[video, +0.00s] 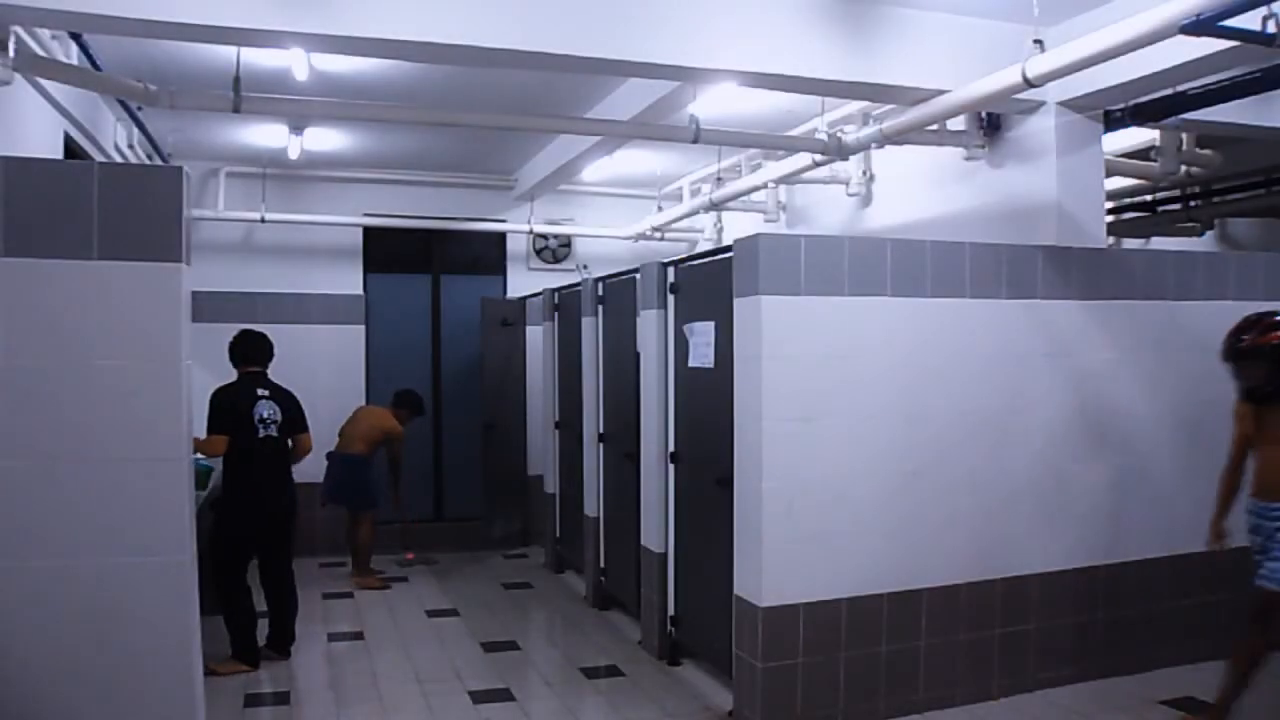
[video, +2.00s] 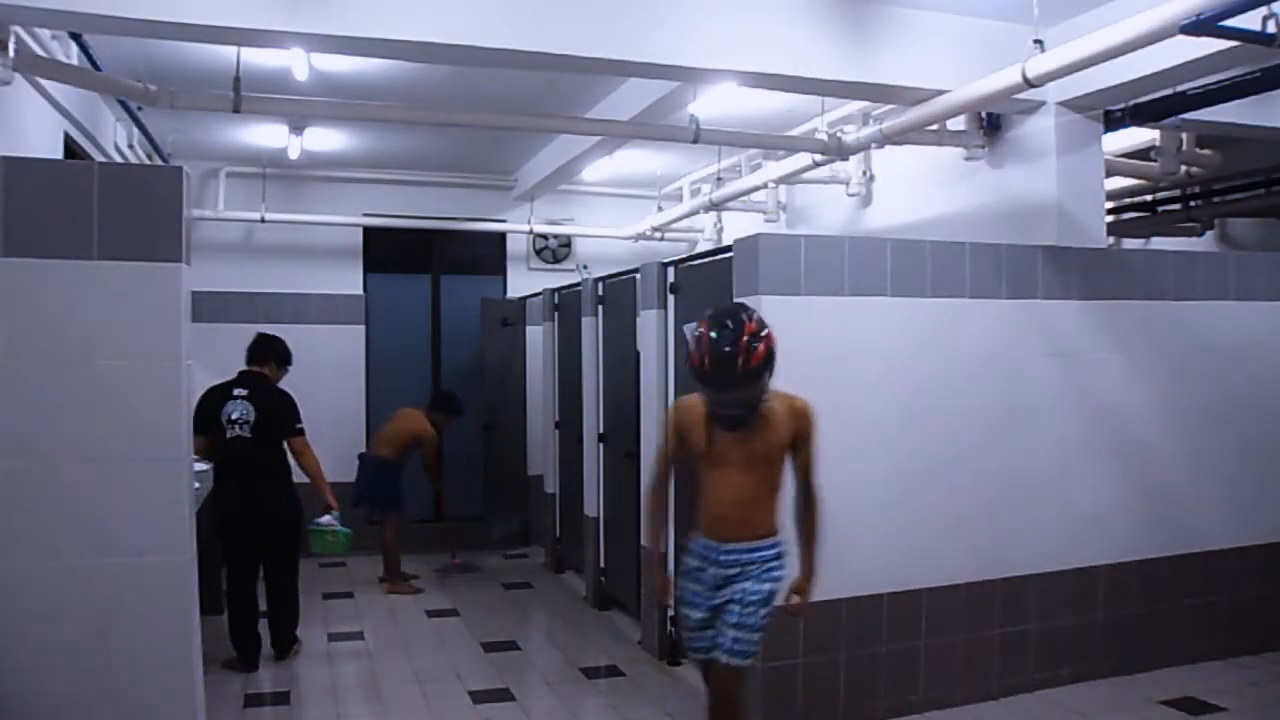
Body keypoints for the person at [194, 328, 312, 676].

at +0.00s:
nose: (234, 360)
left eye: (234, 354)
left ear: (234, 359)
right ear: (269, 359)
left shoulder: (225, 396)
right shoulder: (286, 397)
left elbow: (217, 447)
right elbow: (304, 446)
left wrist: (195, 444)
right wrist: (279, 463)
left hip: (239, 497)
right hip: (279, 495)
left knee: (229, 571)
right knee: (277, 569)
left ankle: (245, 655)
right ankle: (280, 645)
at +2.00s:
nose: (280, 378)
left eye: (282, 372)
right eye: (281, 371)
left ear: (249, 361)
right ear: (273, 366)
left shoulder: (212, 395)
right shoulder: (278, 398)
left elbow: (200, 448)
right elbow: (300, 449)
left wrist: (231, 454)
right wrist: (324, 489)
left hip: (230, 500)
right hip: (276, 499)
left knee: (240, 577)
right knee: (282, 572)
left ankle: (246, 656)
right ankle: (283, 644)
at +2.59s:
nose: (326, 385)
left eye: (329, 379)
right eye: (327, 378)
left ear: (300, 364)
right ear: (317, 369)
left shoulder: (260, 391)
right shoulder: (309, 397)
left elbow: (251, 440)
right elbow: (323, 446)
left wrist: (281, 449)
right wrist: (342, 461)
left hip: (261, 489)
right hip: (297, 491)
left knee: (277, 557)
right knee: (297, 563)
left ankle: (271, 624)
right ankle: (284, 641)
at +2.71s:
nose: (333, 384)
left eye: (336, 379)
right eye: (334, 378)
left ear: (308, 364)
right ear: (325, 370)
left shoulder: (271, 393)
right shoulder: (315, 398)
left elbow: (275, 443)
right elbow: (327, 449)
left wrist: (315, 456)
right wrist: (349, 459)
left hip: (271, 488)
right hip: (305, 492)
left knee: (297, 558)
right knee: (301, 563)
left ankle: (310, 622)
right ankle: (285, 642)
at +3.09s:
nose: (370, 381)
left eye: (373, 374)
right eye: (371, 374)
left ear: (345, 363)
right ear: (362, 368)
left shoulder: (310, 393)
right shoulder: (351, 393)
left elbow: (296, 439)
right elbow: (361, 437)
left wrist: (323, 454)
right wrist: (386, 456)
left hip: (314, 482)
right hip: (344, 482)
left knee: (338, 553)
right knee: (341, 554)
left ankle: (344, 623)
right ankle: (300, 623)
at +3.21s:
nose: (385, 381)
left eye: (387, 375)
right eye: (386, 374)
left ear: (361, 362)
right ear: (377, 368)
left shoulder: (327, 391)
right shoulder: (363, 392)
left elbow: (313, 435)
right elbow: (371, 436)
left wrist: (342, 447)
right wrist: (399, 456)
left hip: (329, 480)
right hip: (357, 482)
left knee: (345, 547)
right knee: (374, 548)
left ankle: (343, 619)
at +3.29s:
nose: (393, 381)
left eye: (396, 375)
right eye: (394, 374)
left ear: (369, 363)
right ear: (385, 369)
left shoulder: (340, 390)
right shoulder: (372, 392)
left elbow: (329, 434)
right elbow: (379, 436)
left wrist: (356, 450)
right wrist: (412, 456)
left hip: (340, 481)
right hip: (369, 483)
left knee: (348, 551)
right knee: (388, 543)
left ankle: (344, 623)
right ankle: (391, 615)